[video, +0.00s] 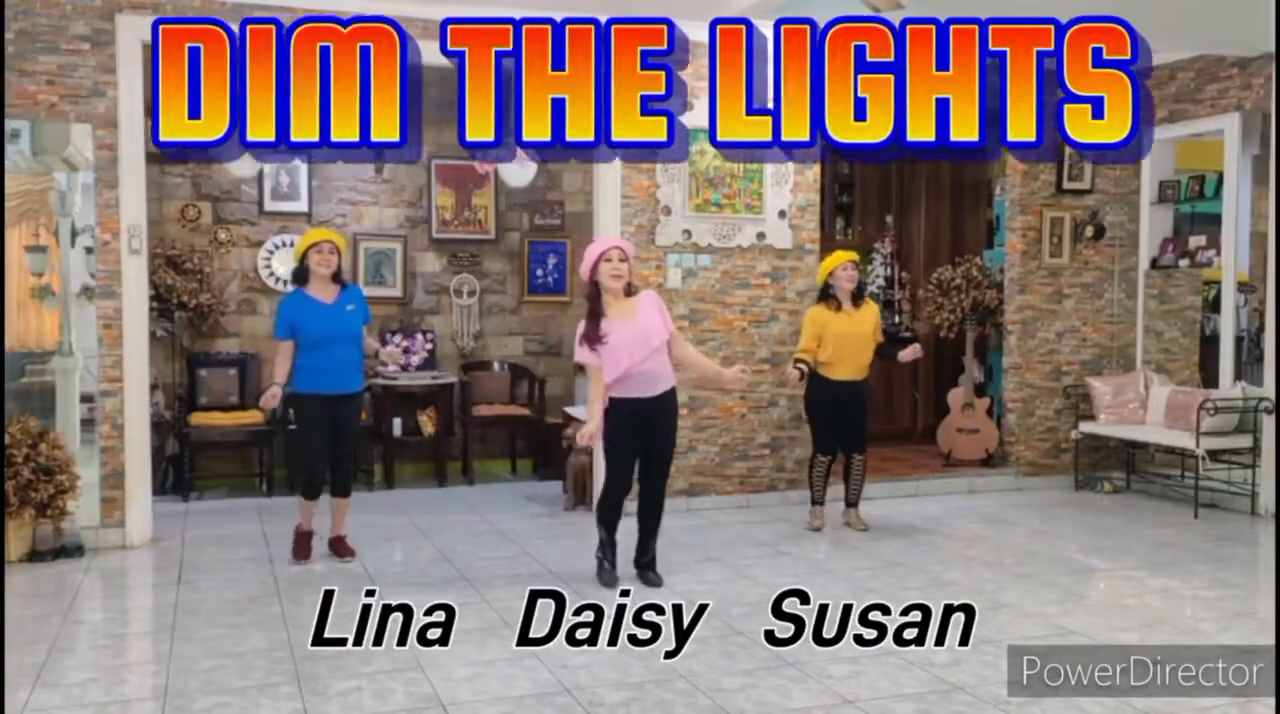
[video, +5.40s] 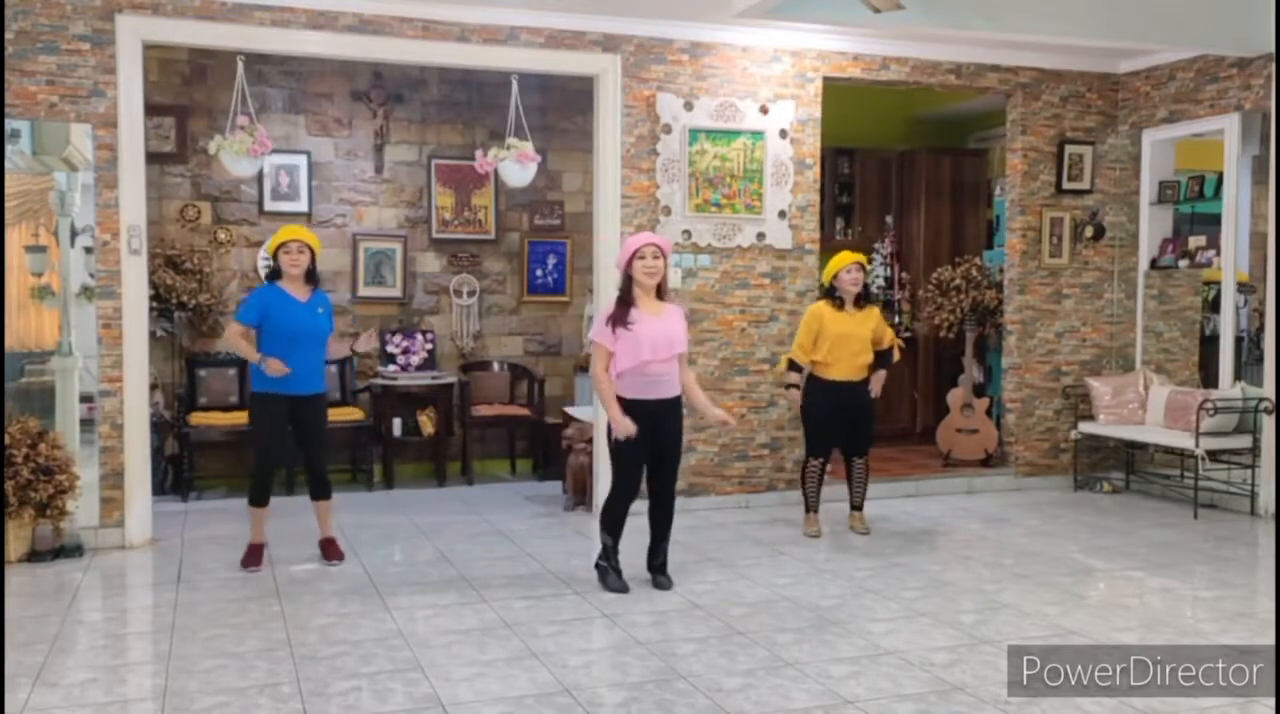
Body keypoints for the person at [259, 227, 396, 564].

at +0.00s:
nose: (325, 257)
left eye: (331, 252)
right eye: (318, 252)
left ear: (339, 259)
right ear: (306, 259)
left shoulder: (354, 296)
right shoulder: (292, 303)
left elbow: (363, 338)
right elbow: (284, 351)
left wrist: (379, 351)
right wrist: (277, 385)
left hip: (348, 395)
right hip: (308, 396)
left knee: (343, 466)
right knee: (312, 467)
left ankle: (338, 535)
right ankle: (304, 531)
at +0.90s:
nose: (302, 256)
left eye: (308, 251)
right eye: (295, 251)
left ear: (316, 259)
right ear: (283, 258)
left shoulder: (324, 303)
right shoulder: (263, 295)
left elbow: (325, 349)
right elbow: (244, 336)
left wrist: (349, 357)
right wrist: (234, 362)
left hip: (309, 396)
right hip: (265, 395)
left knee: (320, 463)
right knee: (265, 465)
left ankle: (335, 534)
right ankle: (267, 538)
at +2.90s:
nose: (308, 254)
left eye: (313, 248)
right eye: (300, 250)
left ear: (323, 256)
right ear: (290, 259)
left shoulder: (336, 298)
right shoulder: (277, 297)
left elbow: (342, 346)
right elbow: (255, 338)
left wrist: (373, 340)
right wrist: (273, 356)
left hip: (329, 394)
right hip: (288, 394)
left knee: (329, 465)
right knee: (281, 466)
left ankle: (331, 536)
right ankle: (259, 538)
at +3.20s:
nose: (290, 255)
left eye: (296, 250)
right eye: (283, 250)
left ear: (306, 259)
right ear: (271, 259)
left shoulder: (313, 304)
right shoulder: (255, 294)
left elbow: (314, 353)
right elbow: (211, 325)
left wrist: (341, 355)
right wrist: (223, 360)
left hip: (298, 397)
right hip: (255, 395)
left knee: (311, 465)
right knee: (254, 469)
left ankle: (323, 537)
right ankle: (255, 541)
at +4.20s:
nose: (279, 256)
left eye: (286, 250)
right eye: (273, 251)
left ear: (300, 258)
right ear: (264, 259)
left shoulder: (321, 294)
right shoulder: (257, 303)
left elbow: (340, 337)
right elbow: (252, 353)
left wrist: (322, 355)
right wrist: (218, 348)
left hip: (309, 395)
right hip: (266, 395)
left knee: (313, 462)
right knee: (261, 465)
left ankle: (327, 537)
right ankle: (254, 541)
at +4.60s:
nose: (302, 257)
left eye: (309, 251)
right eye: (296, 251)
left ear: (320, 258)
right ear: (285, 260)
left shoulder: (342, 290)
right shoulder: (277, 305)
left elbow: (364, 328)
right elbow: (272, 351)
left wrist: (367, 347)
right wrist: (266, 364)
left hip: (335, 394)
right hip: (290, 394)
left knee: (331, 465)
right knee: (285, 463)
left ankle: (330, 537)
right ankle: (289, 532)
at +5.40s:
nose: (294, 257)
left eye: (301, 251)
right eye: (287, 251)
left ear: (311, 259)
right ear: (276, 258)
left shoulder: (321, 300)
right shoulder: (263, 297)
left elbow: (326, 349)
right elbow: (232, 335)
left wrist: (354, 346)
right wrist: (261, 359)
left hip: (311, 395)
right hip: (269, 395)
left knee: (317, 465)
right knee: (265, 465)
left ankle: (327, 537)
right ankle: (256, 540)